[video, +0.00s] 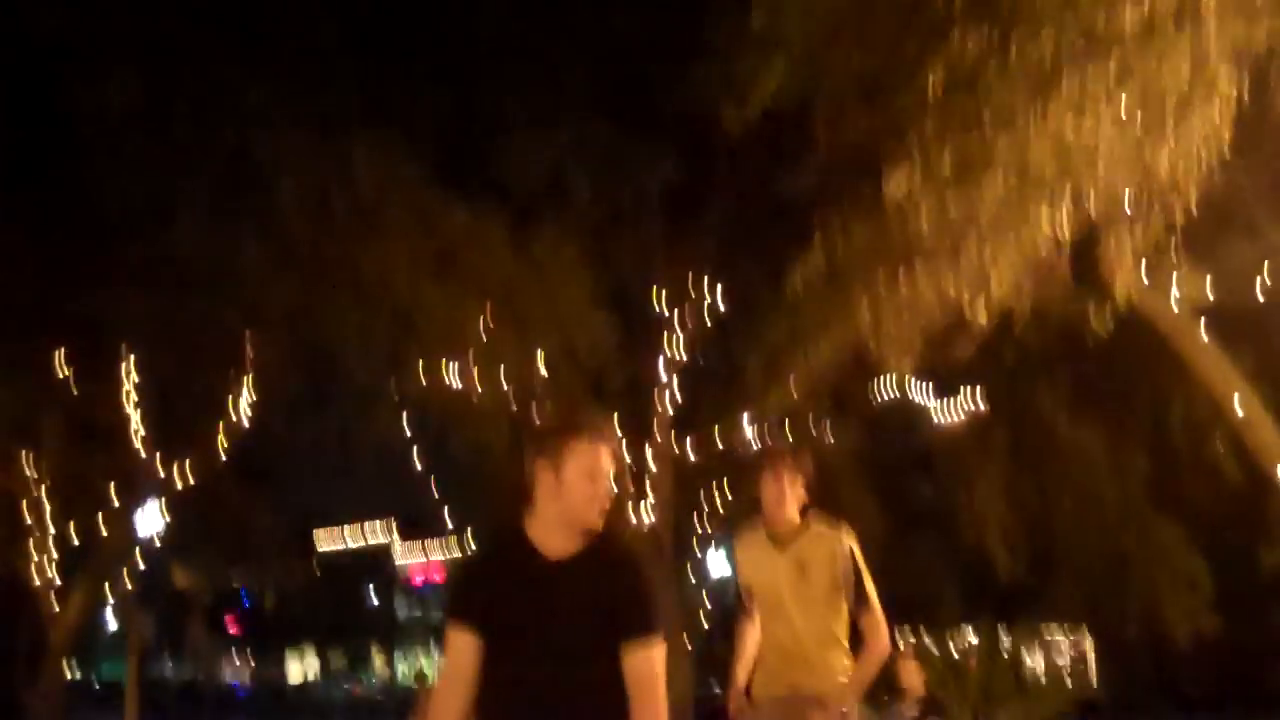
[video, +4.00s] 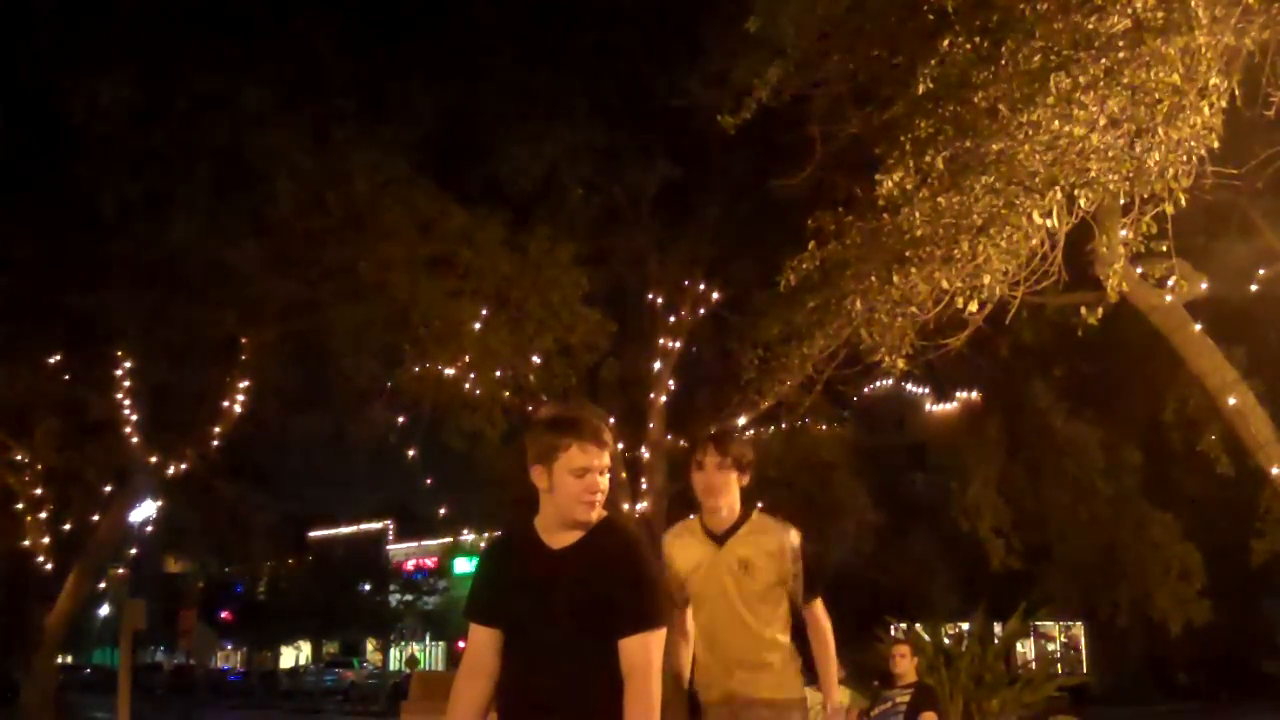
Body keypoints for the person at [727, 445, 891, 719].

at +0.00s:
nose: (781, 490)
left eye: (790, 480)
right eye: (773, 480)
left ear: (803, 489)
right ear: (759, 489)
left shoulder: (837, 539)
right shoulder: (745, 545)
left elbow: (878, 639)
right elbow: (749, 616)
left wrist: (849, 695)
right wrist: (737, 689)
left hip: (830, 695)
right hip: (769, 697)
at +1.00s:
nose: (780, 390)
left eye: (788, 380)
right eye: (771, 381)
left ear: (802, 385)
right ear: (757, 387)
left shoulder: (834, 440)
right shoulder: (737, 445)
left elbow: (852, 527)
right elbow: (725, 524)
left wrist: (848, 608)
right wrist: (708, 593)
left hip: (821, 606)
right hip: (760, 605)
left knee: (831, 712)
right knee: (742, 708)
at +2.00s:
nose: (755, 485)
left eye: (766, 476)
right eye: (746, 476)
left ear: (784, 487)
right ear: (734, 488)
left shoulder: (814, 547)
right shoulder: (729, 552)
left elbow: (840, 637)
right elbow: (733, 635)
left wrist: (843, 712)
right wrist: (718, 710)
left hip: (808, 700)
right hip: (750, 700)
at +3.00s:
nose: (779, 479)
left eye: (789, 470)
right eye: (770, 469)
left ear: (807, 477)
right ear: (759, 476)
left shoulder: (839, 541)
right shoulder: (745, 542)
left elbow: (860, 632)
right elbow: (740, 630)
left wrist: (867, 711)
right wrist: (718, 709)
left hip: (825, 696)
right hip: (762, 695)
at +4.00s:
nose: (709, 479)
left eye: (721, 467)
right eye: (700, 467)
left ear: (743, 476)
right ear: (691, 475)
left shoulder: (781, 539)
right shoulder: (675, 543)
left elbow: (815, 616)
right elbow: (680, 627)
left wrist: (832, 700)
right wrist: (676, 695)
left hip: (778, 698)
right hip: (713, 700)